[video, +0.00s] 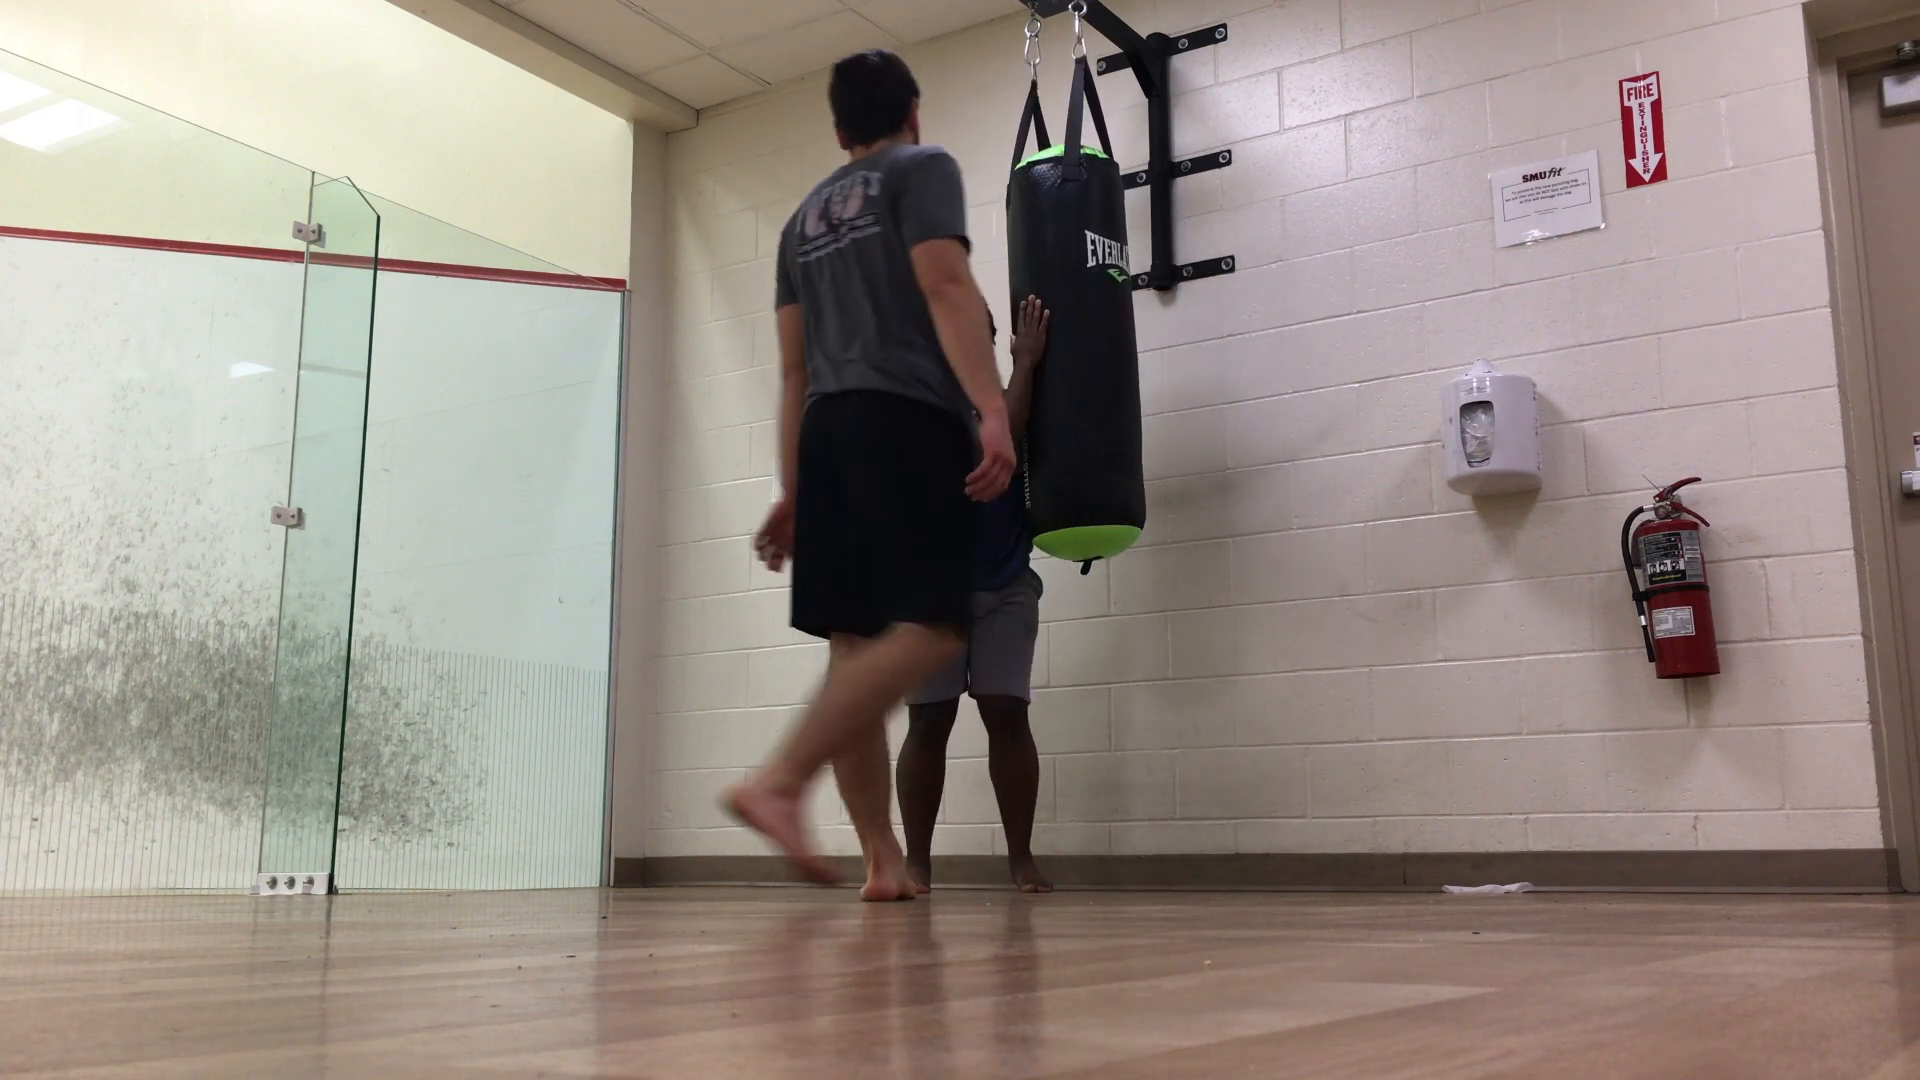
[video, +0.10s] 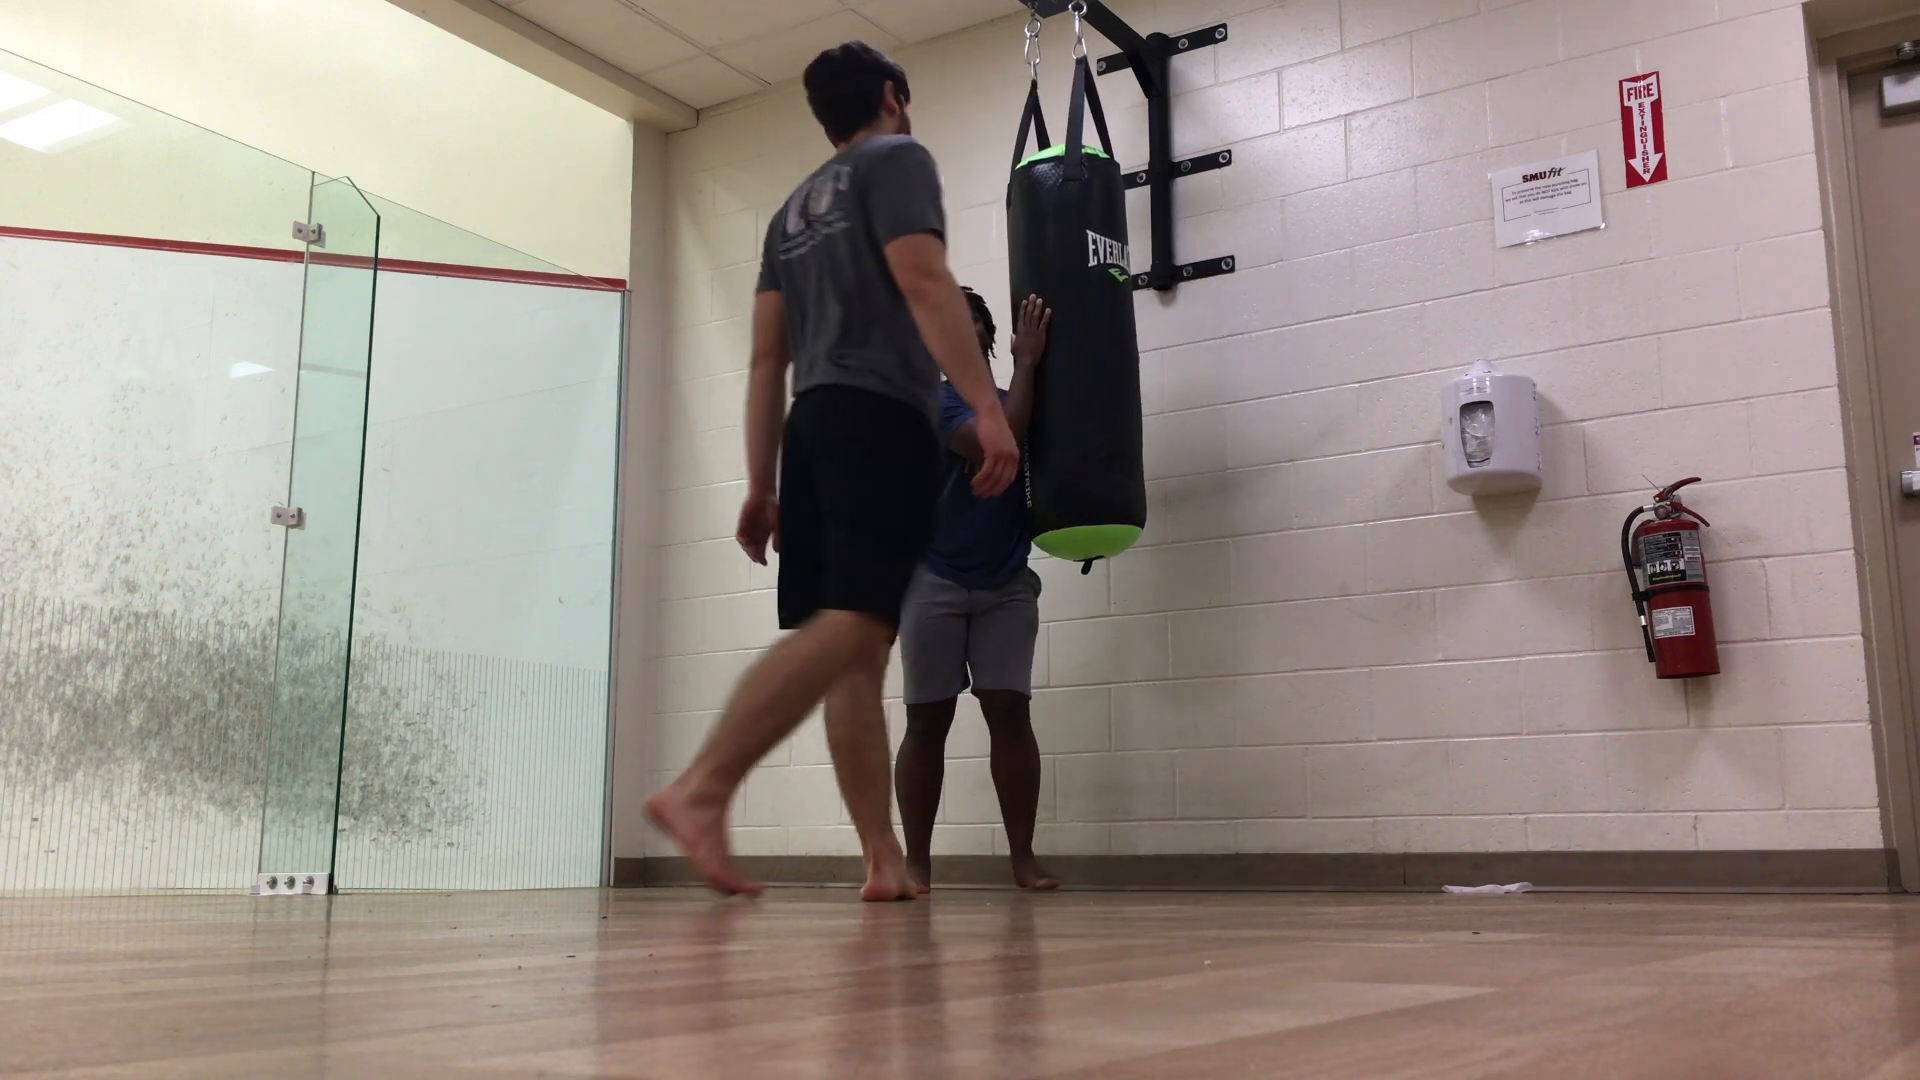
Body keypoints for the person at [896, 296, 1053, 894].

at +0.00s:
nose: (978, 346)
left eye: (986, 336)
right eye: (968, 336)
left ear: (992, 344)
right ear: (940, 345)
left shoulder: (998, 402)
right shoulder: (921, 407)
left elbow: (1016, 442)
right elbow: (996, 449)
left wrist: (1034, 366)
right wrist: (1023, 367)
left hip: (1005, 582)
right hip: (937, 586)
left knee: (1007, 718)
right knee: (930, 725)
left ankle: (1021, 856)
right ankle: (918, 860)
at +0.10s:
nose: (969, 338)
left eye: (977, 328)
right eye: (958, 329)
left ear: (989, 338)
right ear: (937, 340)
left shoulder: (1005, 401)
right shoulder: (932, 398)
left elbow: (1042, 455)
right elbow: (994, 448)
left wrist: (1046, 367)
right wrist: (1024, 367)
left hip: (1005, 582)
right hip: (934, 582)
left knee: (1010, 715)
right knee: (928, 723)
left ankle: (1023, 856)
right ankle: (917, 861)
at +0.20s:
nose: (974, 328)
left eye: (981, 320)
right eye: (962, 321)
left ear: (996, 335)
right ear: (943, 338)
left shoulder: (1016, 401)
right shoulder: (945, 401)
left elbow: (1047, 447)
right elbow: (1008, 445)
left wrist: (1057, 364)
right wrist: (1027, 361)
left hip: (1012, 582)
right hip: (941, 580)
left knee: (1014, 721)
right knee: (927, 724)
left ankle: (1024, 863)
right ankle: (917, 862)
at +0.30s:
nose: (978, 328)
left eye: (986, 319)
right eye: (965, 323)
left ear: (1003, 331)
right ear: (947, 342)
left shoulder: (1021, 400)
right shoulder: (956, 401)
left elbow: (1055, 439)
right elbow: (1028, 432)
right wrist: (1032, 349)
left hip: (1016, 580)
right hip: (949, 579)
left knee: (1016, 720)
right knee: (932, 727)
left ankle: (1025, 864)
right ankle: (918, 863)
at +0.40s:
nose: (981, 327)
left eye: (989, 317)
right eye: (966, 323)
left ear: (1009, 331)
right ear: (951, 344)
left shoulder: (1024, 398)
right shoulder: (960, 402)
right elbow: (1028, 435)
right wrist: (1034, 350)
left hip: (1018, 579)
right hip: (951, 578)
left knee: (1017, 721)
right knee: (937, 725)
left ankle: (1025, 865)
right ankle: (919, 863)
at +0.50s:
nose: (983, 328)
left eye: (991, 318)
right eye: (968, 325)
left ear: (1010, 332)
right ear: (950, 348)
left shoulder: (1026, 398)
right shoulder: (960, 400)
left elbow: (1059, 449)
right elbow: (1027, 437)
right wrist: (1033, 352)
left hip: (1020, 580)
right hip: (952, 579)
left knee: (1018, 722)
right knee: (935, 725)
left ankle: (1025, 865)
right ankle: (918, 865)